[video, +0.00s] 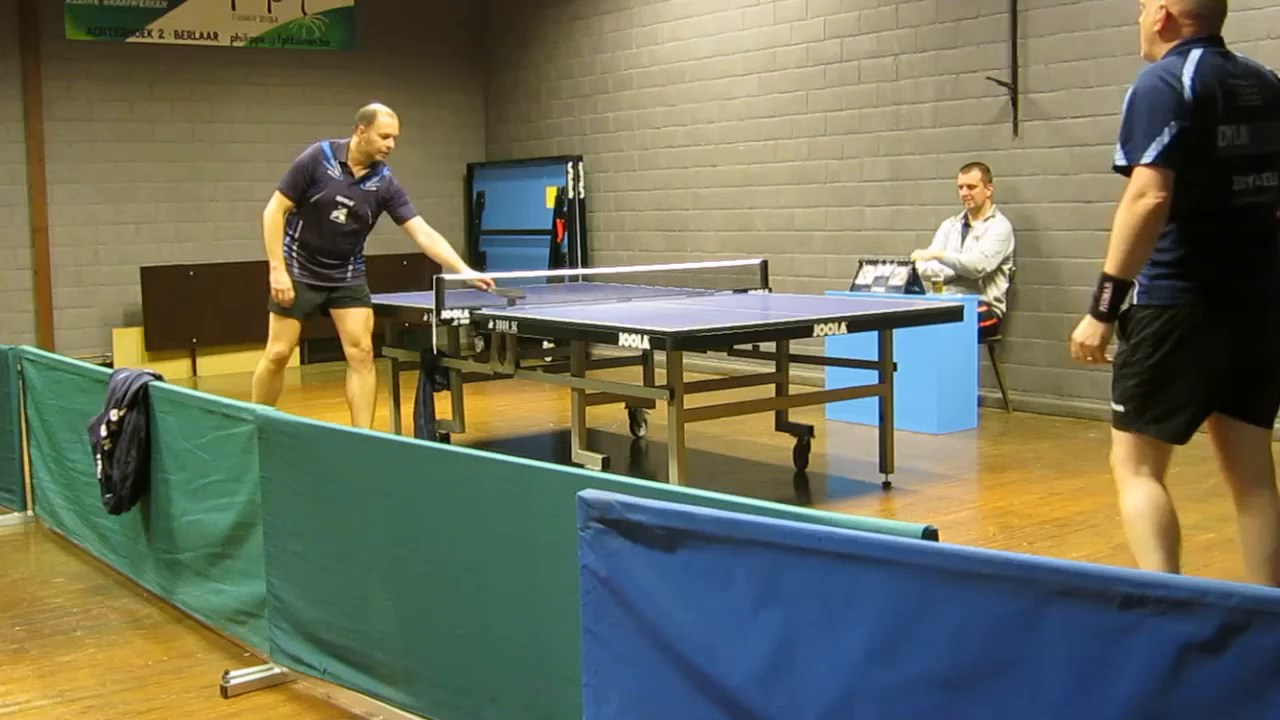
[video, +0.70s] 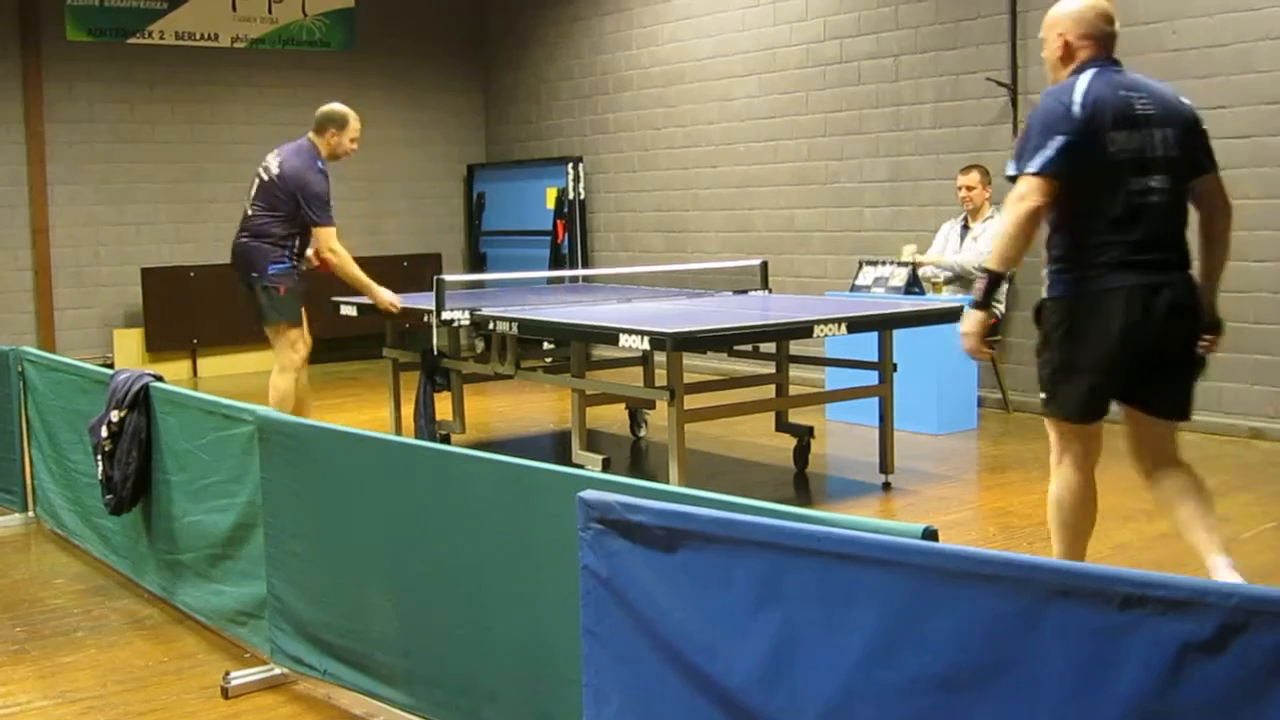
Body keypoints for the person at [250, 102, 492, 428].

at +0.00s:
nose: (391, 145)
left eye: (394, 138)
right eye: (385, 137)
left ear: (393, 139)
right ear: (360, 132)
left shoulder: (385, 183)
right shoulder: (318, 158)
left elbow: (423, 233)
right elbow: (274, 211)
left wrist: (466, 271)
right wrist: (277, 269)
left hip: (348, 275)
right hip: (298, 271)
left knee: (361, 352)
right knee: (278, 354)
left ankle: (362, 443)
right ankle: (257, 430)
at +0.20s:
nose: (392, 145)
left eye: (395, 138)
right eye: (386, 136)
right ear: (361, 129)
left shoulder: (387, 182)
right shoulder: (317, 158)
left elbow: (415, 231)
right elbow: (280, 217)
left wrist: (444, 272)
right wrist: (298, 273)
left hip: (347, 272)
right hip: (300, 267)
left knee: (362, 351)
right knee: (290, 355)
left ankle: (363, 443)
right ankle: (268, 437)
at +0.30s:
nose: (384, 142)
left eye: (387, 135)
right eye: (379, 134)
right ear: (354, 127)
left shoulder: (377, 175)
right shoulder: (311, 160)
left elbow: (390, 221)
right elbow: (287, 226)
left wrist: (407, 262)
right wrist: (319, 281)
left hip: (342, 268)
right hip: (297, 267)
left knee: (360, 350)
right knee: (300, 355)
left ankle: (363, 443)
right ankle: (273, 439)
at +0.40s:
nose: (374, 144)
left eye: (376, 137)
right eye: (369, 135)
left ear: (352, 131)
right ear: (343, 128)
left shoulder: (358, 168)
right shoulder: (305, 166)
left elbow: (359, 216)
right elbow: (305, 240)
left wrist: (371, 249)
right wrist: (342, 290)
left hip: (334, 263)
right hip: (292, 265)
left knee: (352, 350)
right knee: (306, 356)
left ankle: (362, 442)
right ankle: (279, 443)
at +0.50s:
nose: (366, 147)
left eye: (368, 140)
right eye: (361, 139)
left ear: (341, 135)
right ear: (336, 132)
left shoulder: (334, 165)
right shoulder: (307, 170)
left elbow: (327, 216)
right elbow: (323, 250)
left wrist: (345, 241)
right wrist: (365, 299)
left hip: (317, 259)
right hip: (284, 262)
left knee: (337, 351)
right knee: (301, 359)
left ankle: (360, 438)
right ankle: (278, 444)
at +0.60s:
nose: (361, 149)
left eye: (363, 141)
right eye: (356, 141)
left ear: (332, 136)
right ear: (332, 136)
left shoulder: (307, 155)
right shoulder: (310, 174)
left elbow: (297, 215)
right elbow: (333, 253)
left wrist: (332, 236)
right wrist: (376, 300)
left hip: (289, 258)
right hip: (273, 259)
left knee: (320, 349)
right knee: (295, 355)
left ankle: (337, 435)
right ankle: (278, 442)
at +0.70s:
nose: (355, 148)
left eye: (357, 140)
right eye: (352, 140)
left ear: (328, 135)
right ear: (331, 135)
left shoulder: (292, 151)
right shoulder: (310, 173)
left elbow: (276, 211)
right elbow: (329, 249)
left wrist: (302, 249)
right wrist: (376, 292)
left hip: (258, 252)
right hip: (268, 260)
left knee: (301, 344)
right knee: (290, 354)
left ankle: (305, 429)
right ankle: (276, 441)